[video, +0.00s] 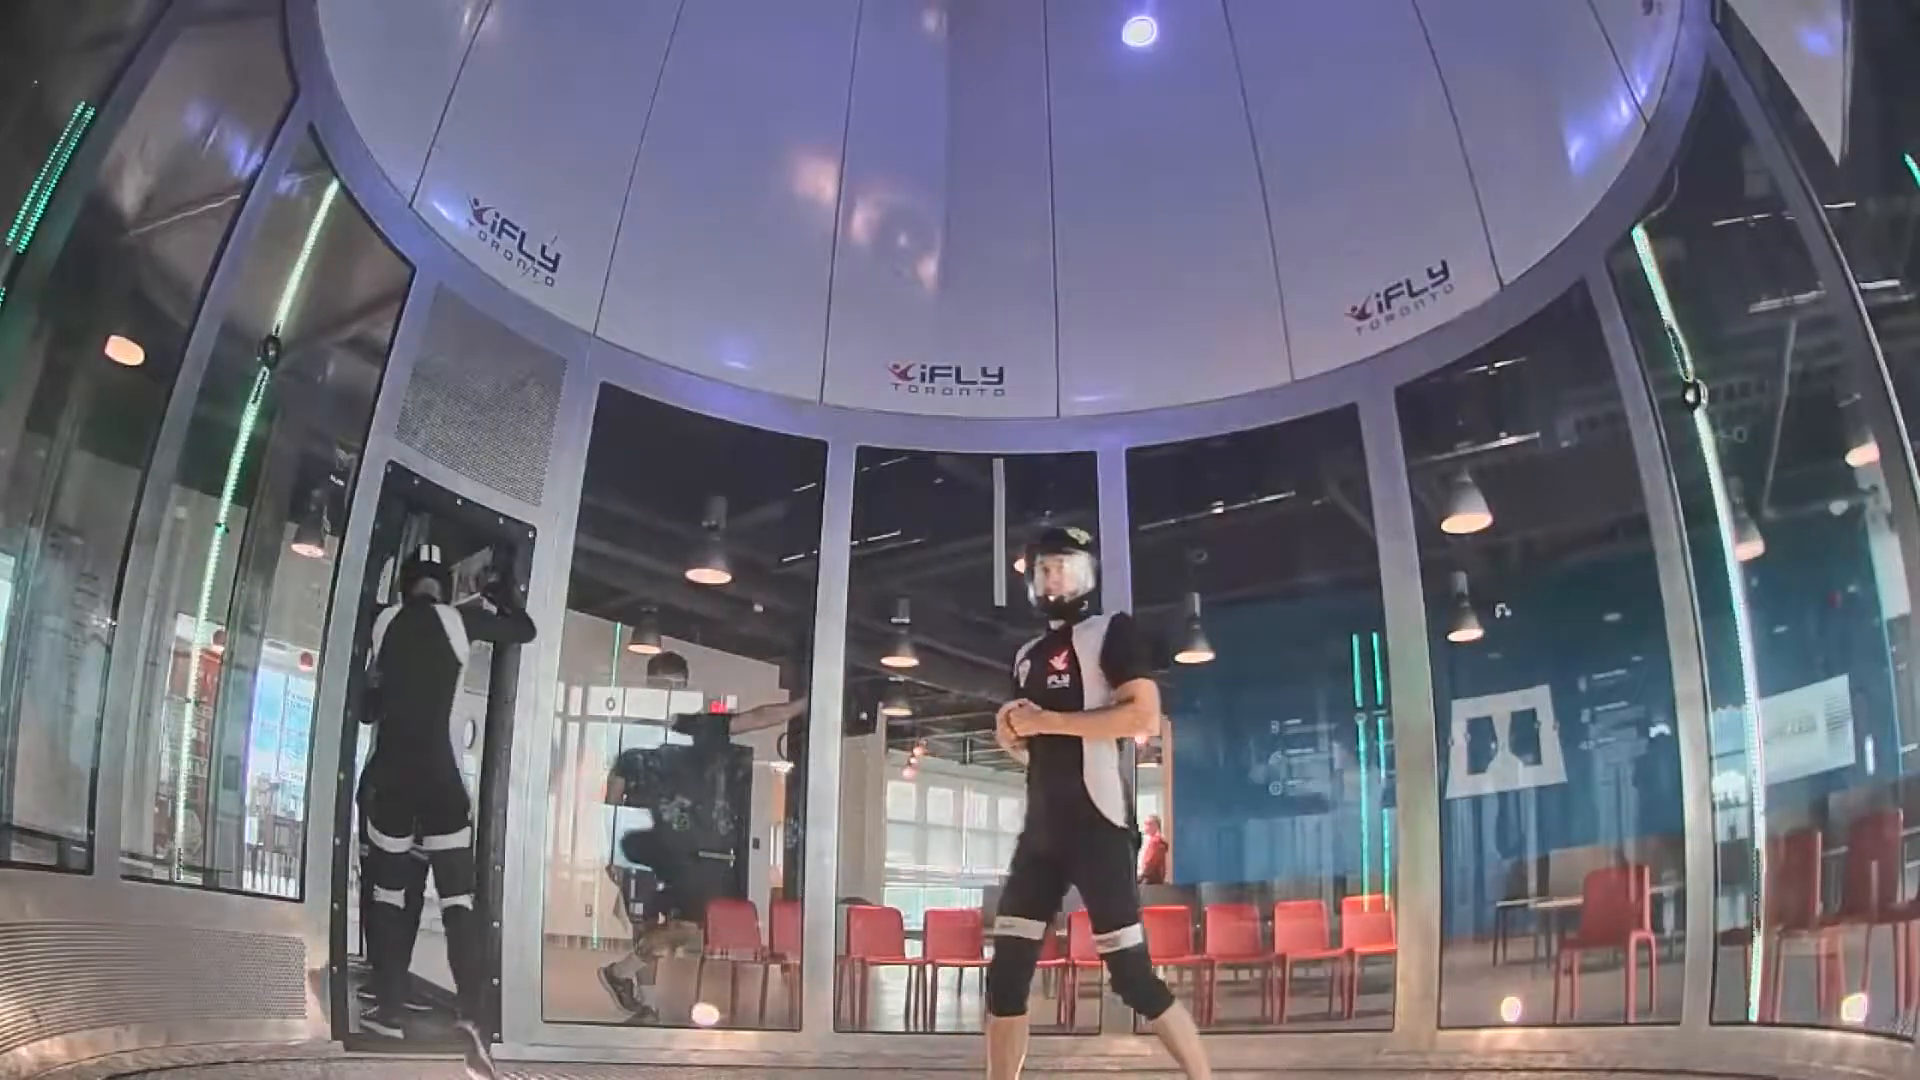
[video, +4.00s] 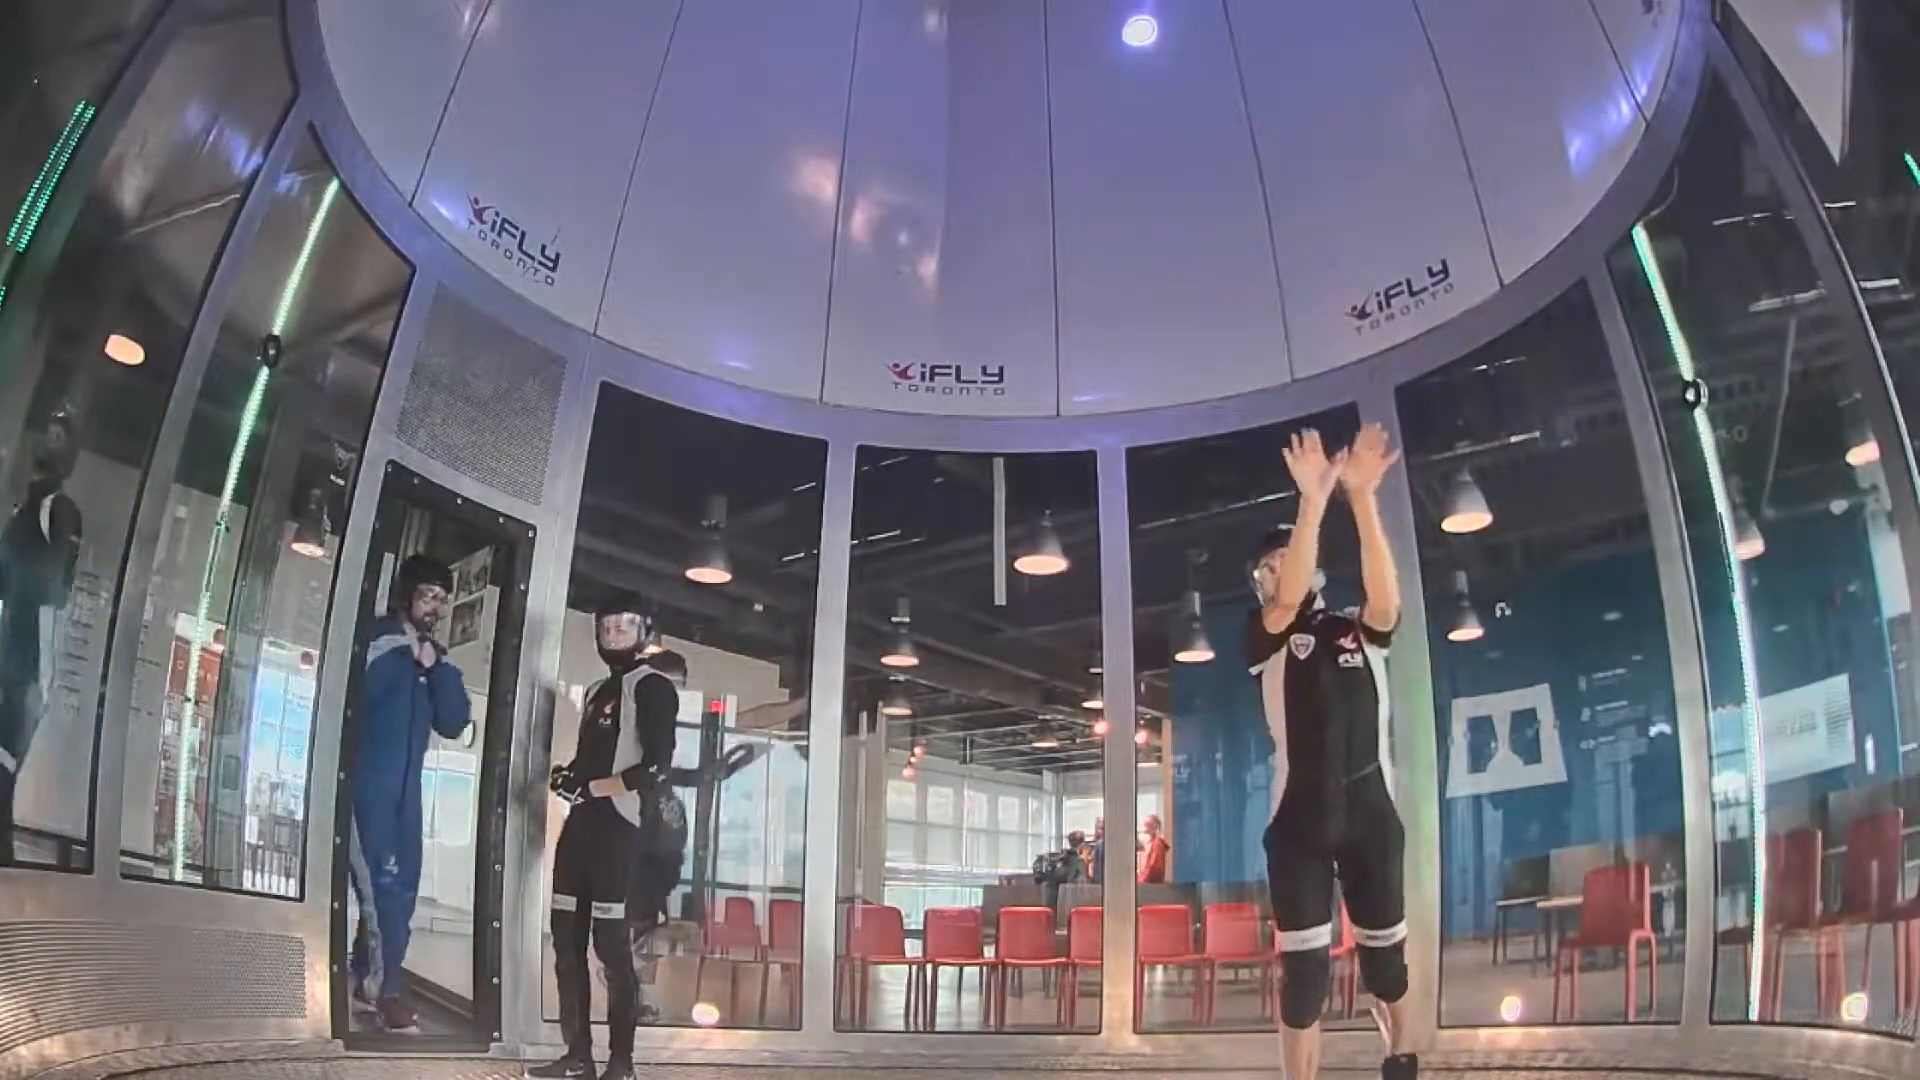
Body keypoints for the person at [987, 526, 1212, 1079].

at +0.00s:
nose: (1055, 579)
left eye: (1066, 567)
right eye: (1046, 569)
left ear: (1090, 572)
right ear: (1034, 577)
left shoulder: (1115, 632)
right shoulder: (1027, 656)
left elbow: (1143, 715)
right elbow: (1034, 753)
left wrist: (1048, 721)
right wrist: (1009, 732)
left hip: (1102, 828)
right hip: (1043, 830)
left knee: (1132, 977)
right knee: (1006, 975)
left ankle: (1203, 1074)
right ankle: (1002, 1079)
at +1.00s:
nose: (1186, 585)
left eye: (1197, 574)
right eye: (1183, 575)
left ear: (1226, 575)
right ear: (1179, 579)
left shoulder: (1252, 622)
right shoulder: (1185, 642)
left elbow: (1274, 703)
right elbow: (1184, 728)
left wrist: (1182, 719)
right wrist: (1149, 733)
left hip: (1224, 812)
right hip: (1175, 813)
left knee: (1223, 961)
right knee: (1166, 965)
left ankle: (1253, 1075)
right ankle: (1179, 1077)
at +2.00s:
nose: (1185, 588)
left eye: (1195, 578)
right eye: (1182, 578)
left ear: (1225, 581)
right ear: (1184, 586)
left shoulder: (1265, 633)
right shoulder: (1178, 654)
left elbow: (1308, 715)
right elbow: (1161, 739)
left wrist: (1218, 718)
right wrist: (1164, 730)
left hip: (1247, 810)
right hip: (1194, 811)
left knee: (1230, 949)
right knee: (1185, 956)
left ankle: (1259, 1075)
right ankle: (1182, 1076)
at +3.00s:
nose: (1340, 593)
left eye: (1350, 582)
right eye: (1330, 584)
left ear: (1370, 588)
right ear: (1318, 595)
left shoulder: (1402, 643)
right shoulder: (1307, 665)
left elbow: (1448, 718)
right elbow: (1296, 756)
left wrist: (1375, 739)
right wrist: (1308, 750)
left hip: (1388, 821)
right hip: (1329, 822)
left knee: (1384, 962)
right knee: (1290, 949)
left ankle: (1391, 1064)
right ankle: (1266, 1071)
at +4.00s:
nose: (1279, 571)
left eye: (1286, 560)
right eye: (1268, 566)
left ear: (1308, 569)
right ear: (1258, 587)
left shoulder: (1360, 631)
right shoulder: (1264, 641)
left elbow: (1385, 595)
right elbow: (1291, 592)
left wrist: (1361, 495)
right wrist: (1314, 495)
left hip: (1372, 820)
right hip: (1300, 827)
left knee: (1386, 970)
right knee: (1305, 979)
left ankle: (1400, 1058)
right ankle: (1299, 1076)